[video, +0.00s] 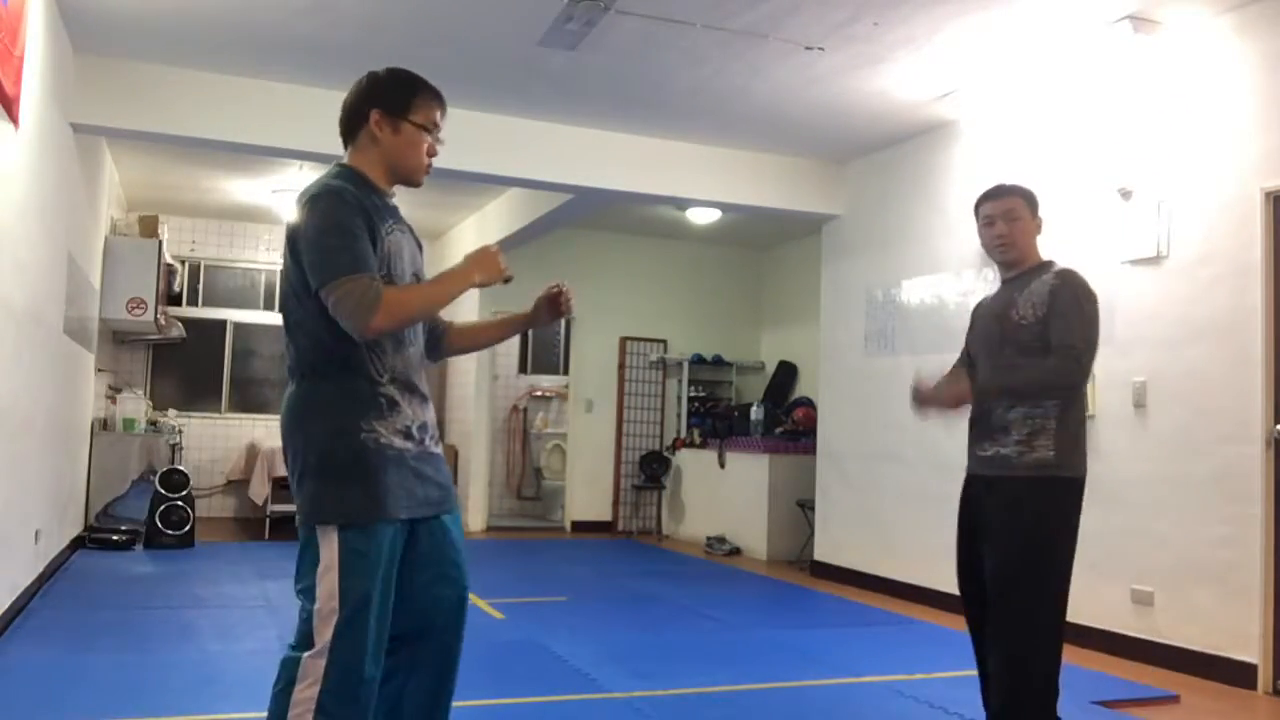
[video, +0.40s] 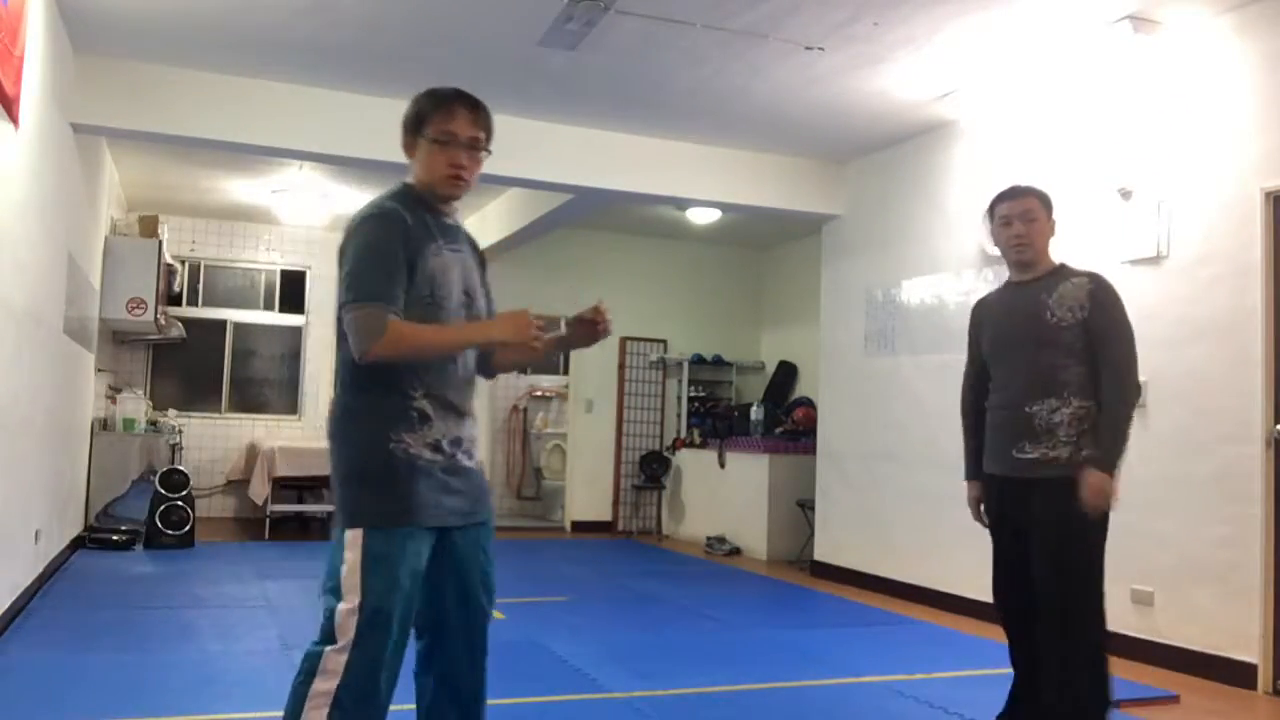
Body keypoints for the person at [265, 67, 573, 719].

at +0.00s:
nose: (436, 148)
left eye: (439, 136)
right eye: (427, 131)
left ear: (390, 132)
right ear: (378, 125)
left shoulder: (398, 228)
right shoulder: (332, 202)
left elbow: (430, 339)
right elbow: (365, 313)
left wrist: (526, 320)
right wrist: (466, 273)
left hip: (417, 454)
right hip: (351, 456)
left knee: (436, 614)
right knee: (341, 637)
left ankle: (408, 719)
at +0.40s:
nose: (462, 159)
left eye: (474, 147)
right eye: (446, 143)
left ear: (484, 158)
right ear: (411, 147)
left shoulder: (467, 247)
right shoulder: (381, 223)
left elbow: (484, 356)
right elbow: (370, 338)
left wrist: (564, 337)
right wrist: (488, 331)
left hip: (459, 475)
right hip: (386, 475)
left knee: (459, 651)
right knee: (359, 655)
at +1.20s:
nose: (499, 187)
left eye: (510, 178)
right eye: (485, 171)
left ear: (515, 187)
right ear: (447, 171)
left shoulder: (471, 251)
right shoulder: (435, 241)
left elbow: (492, 370)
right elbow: (449, 349)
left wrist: (570, 355)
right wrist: (540, 329)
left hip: (489, 465)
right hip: (439, 467)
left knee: (518, 616)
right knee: (401, 624)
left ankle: (529, 715)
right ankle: (342, 716)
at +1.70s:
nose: (525, 191)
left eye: (527, 180)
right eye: (517, 176)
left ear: (485, 177)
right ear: (476, 172)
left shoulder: (485, 255)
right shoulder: (445, 243)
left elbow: (535, 357)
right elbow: (485, 341)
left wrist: (617, 337)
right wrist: (558, 307)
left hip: (511, 463)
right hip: (459, 465)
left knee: (534, 621)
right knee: (444, 627)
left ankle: (533, 714)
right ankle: (398, 715)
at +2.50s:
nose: (549, 200)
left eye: (552, 188)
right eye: (545, 184)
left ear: (506, 180)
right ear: (509, 175)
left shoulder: (494, 249)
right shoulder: (473, 242)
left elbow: (559, 346)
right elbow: (543, 337)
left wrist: (640, 310)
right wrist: (593, 289)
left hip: (518, 464)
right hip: (472, 465)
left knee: (566, 600)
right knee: (450, 627)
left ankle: (555, 715)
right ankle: (398, 718)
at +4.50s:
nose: (583, 204)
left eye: (585, 194)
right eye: (577, 190)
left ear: (540, 189)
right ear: (540, 184)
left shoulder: (540, 267)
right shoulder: (500, 249)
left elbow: (608, 344)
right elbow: (551, 347)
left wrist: (670, 292)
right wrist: (613, 296)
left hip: (541, 459)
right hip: (491, 460)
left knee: (571, 601)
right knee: (480, 619)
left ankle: (564, 715)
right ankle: (427, 716)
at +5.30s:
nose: (459, 192)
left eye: (463, 180)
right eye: (450, 177)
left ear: (409, 169)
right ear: (406, 164)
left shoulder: (414, 230)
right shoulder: (388, 235)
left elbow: (514, 257)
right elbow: (455, 348)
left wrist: (469, 185)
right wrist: (529, 318)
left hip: (469, 459)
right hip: (415, 465)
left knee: (502, 626)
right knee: (391, 636)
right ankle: (333, 719)